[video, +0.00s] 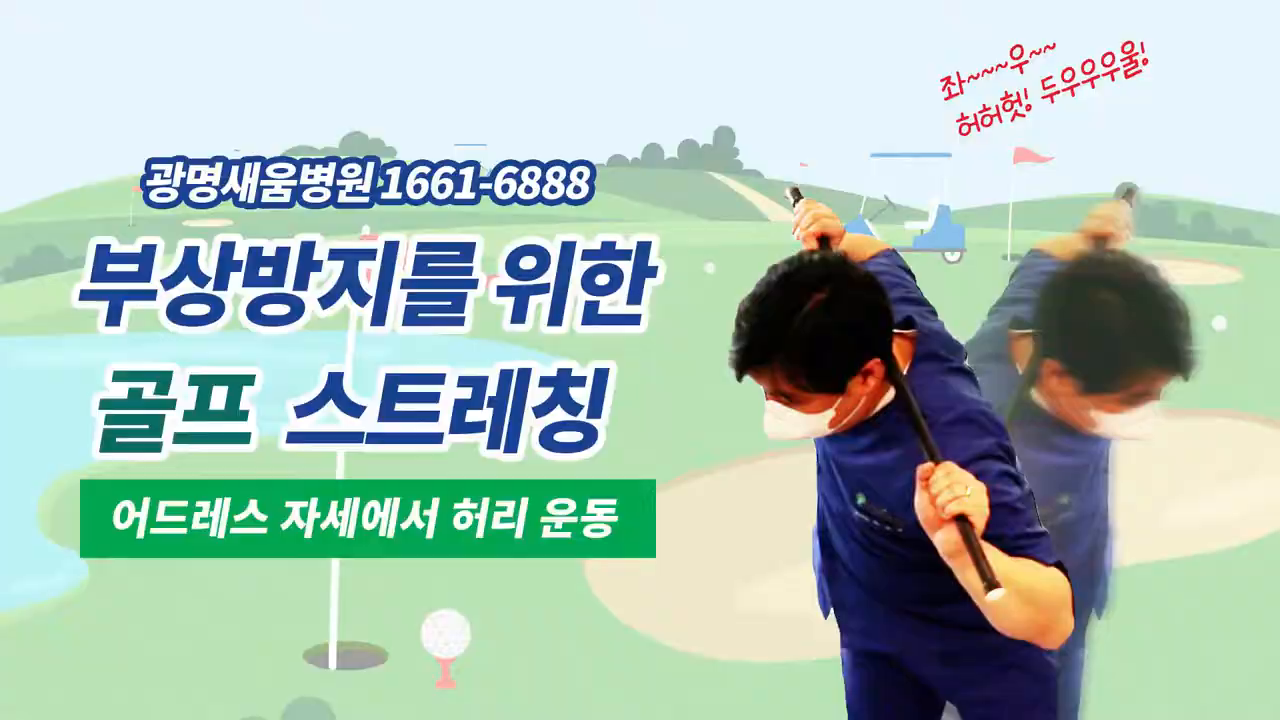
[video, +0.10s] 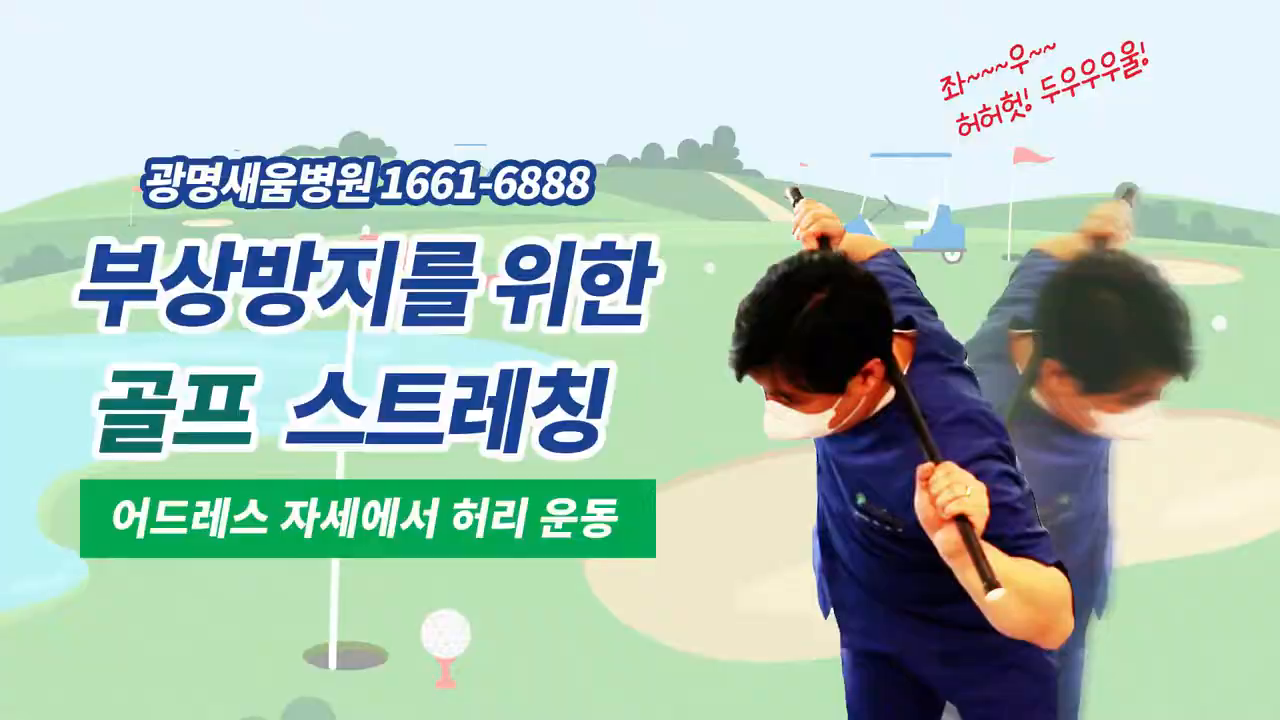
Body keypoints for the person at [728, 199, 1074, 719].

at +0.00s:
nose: (776, 409)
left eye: (792, 398)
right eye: (768, 392)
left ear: (868, 379)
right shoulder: (882, 305)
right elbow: (876, 256)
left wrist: (963, 551)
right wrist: (837, 239)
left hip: (994, 655)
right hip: (878, 635)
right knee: (878, 709)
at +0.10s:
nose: (776, 409)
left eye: (792, 398)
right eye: (768, 392)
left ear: (868, 379)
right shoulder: (882, 305)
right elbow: (876, 256)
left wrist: (963, 551)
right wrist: (837, 239)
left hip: (994, 655)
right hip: (878, 635)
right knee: (878, 709)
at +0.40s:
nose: (731, 220)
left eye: (750, 204)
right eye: (711, 207)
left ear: (773, 219)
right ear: (688, 224)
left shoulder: (828, 332)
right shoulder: (641, 341)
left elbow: (874, 460)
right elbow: (604, 471)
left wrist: (875, 586)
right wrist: (618, 599)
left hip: (800, 629)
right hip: (677, 635)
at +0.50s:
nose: (733, 220)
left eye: (752, 203)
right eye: (713, 207)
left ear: (775, 219)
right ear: (688, 224)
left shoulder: (829, 333)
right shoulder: (641, 342)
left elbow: (873, 462)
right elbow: (609, 475)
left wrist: (872, 589)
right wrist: (620, 603)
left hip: (801, 628)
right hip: (678, 633)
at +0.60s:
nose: (735, 220)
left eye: (754, 203)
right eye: (715, 207)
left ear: (776, 219)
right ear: (690, 225)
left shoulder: (831, 333)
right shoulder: (643, 342)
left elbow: (875, 461)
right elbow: (610, 473)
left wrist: (875, 588)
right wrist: (619, 603)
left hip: (801, 625)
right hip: (677, 629)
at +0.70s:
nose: (738, 223)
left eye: (757, 207)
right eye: (718, 210)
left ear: (780, 220)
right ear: (694, 224)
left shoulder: (834, 332)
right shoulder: (648, 339)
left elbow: (888, 455)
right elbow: (604, 467)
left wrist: (889, 579)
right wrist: (609, 595)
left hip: (802, 621)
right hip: (680, 623)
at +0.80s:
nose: (743, 226)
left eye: (761, 209)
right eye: (722, 212)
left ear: (785, 222)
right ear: (698, 226)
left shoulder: (837, 331)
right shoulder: (651, 336)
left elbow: (902, 442)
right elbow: (596, 453)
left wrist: (903, 552)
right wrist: (602, 570)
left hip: (803, 617)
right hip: (682, 618)